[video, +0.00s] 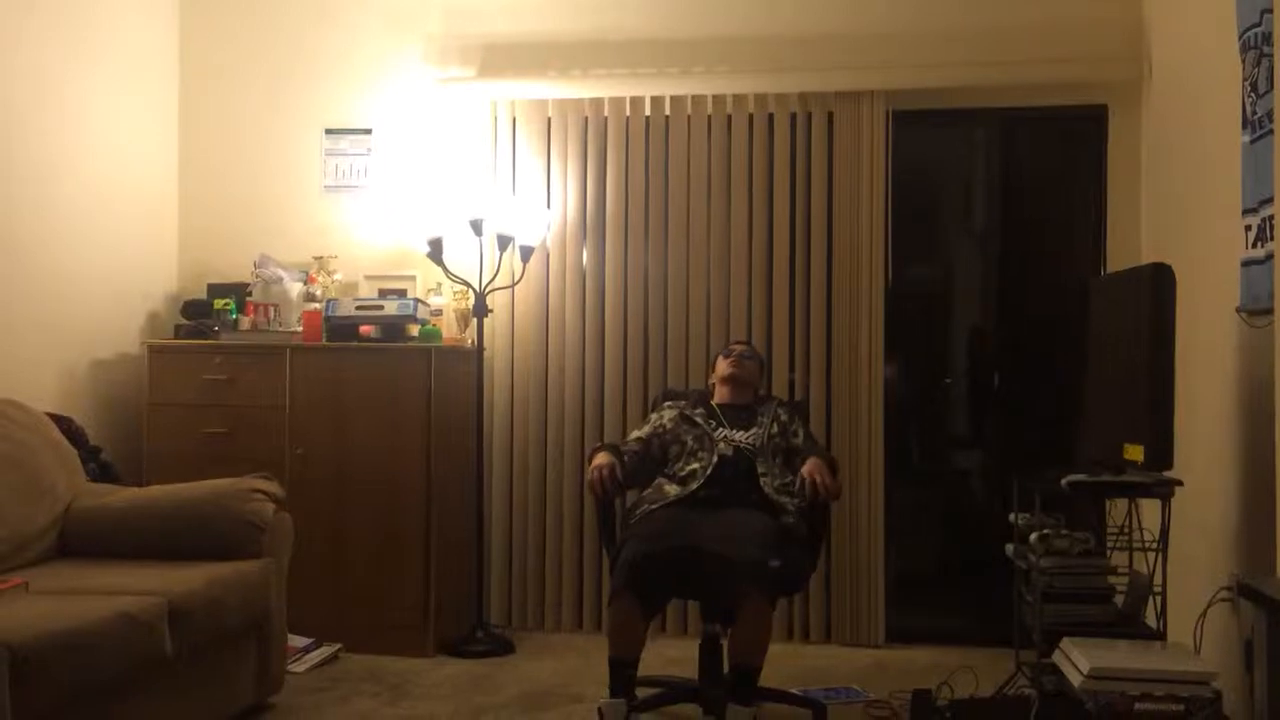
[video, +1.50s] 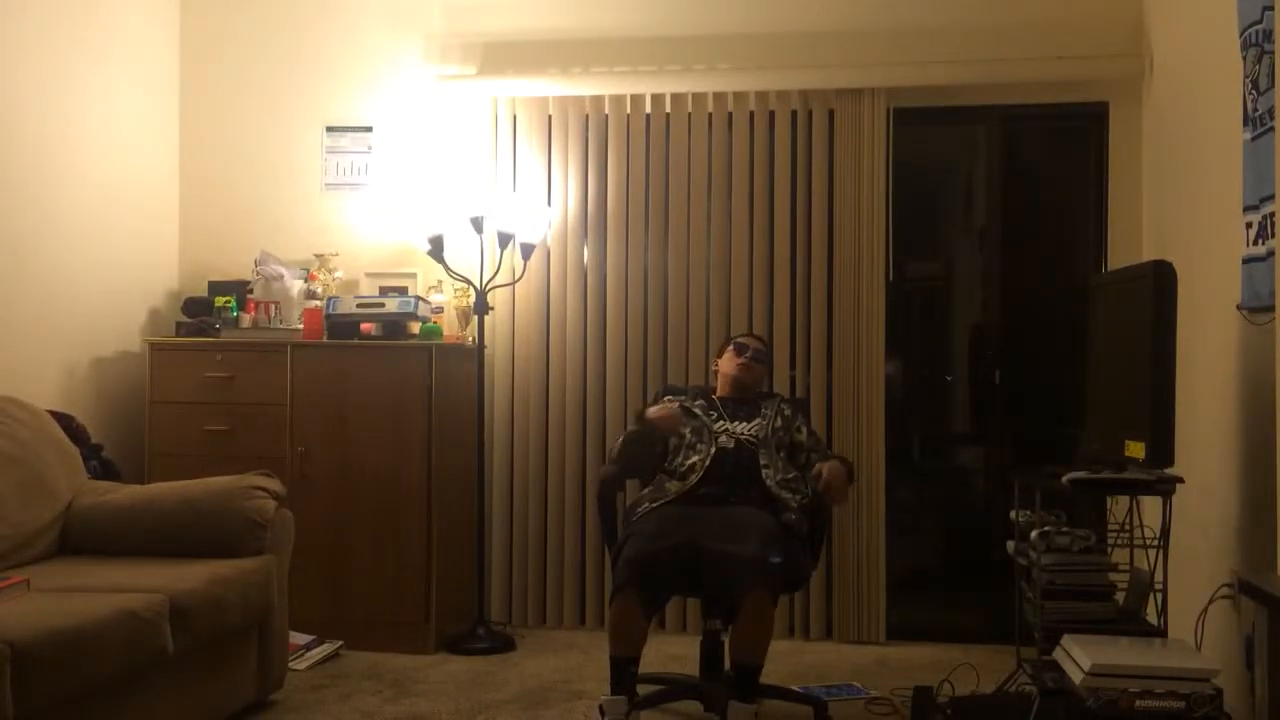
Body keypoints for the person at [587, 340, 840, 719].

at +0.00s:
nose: (738, 354)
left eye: (750, 354)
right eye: (728, 352)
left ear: (761, 380)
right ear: (712, 374)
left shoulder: (781, 416)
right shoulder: (678, 411)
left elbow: (810, 451)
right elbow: (637, 449)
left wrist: (815, 460)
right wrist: (606, 454)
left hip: (752, 513)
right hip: (676, 510)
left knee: (756, 583)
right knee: (635, 570)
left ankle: (741, 706)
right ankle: (619, 699)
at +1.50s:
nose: (748, 359)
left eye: (759, 358)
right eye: (739, 350)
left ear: (766, 377)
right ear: (717, 363)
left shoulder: (782, 412)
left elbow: (815, 457)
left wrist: (835, 465)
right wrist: (648, 424)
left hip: (751, 510)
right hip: (676, 506)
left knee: (758, 582)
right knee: (634, 574)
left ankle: (743, 703)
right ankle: (620, 695)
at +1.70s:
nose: (740, 360)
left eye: (752, 357)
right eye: (731, 352)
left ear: (764, 372)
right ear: (712, 362)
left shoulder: (782, 411)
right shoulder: (683, 399)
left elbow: (815, 456)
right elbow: (641, 430)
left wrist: (833, 465)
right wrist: (699, 387)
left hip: (753, 510)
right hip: (679, 507)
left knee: (759, 581)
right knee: (636, 571)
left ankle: (744, 702)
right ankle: (620, 695)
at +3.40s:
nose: (737, 360)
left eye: (749, 356)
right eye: (728, 353)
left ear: (761, 372)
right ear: (711, 366)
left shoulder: (781, 413)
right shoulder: (675, 407)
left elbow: (819, 453)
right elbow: (629, 453)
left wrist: (819, 459)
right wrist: (690, 448)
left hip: (748, 508)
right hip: (673, 506)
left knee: (756, 577)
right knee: (637, 568)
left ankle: (746, 704)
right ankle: (621, 697)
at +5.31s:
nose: (716, 355)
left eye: (727, 350)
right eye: (707, 355)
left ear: (750, 370)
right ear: (701, 376)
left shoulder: (777, 410)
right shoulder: (673, 409)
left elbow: (822, 453)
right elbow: (637, 464)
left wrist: (820, 460)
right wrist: (690, 473)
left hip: (751, 508)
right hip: (675, 506)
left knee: (757, 575)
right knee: (639, 567)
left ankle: (746, 704)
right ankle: (621, 695)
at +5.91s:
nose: (727, 351)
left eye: (738, 349)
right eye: (718, 350)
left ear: (756, 370)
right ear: (707, 372)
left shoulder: (779, 412)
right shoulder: (673, 410)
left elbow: (825, 459)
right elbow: (639, 464)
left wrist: (820, 461)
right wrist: (689, 476)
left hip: (751, 507)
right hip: (674, 504)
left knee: (758, 576)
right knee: (638, 568)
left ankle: (745, 705)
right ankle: (621, 696)